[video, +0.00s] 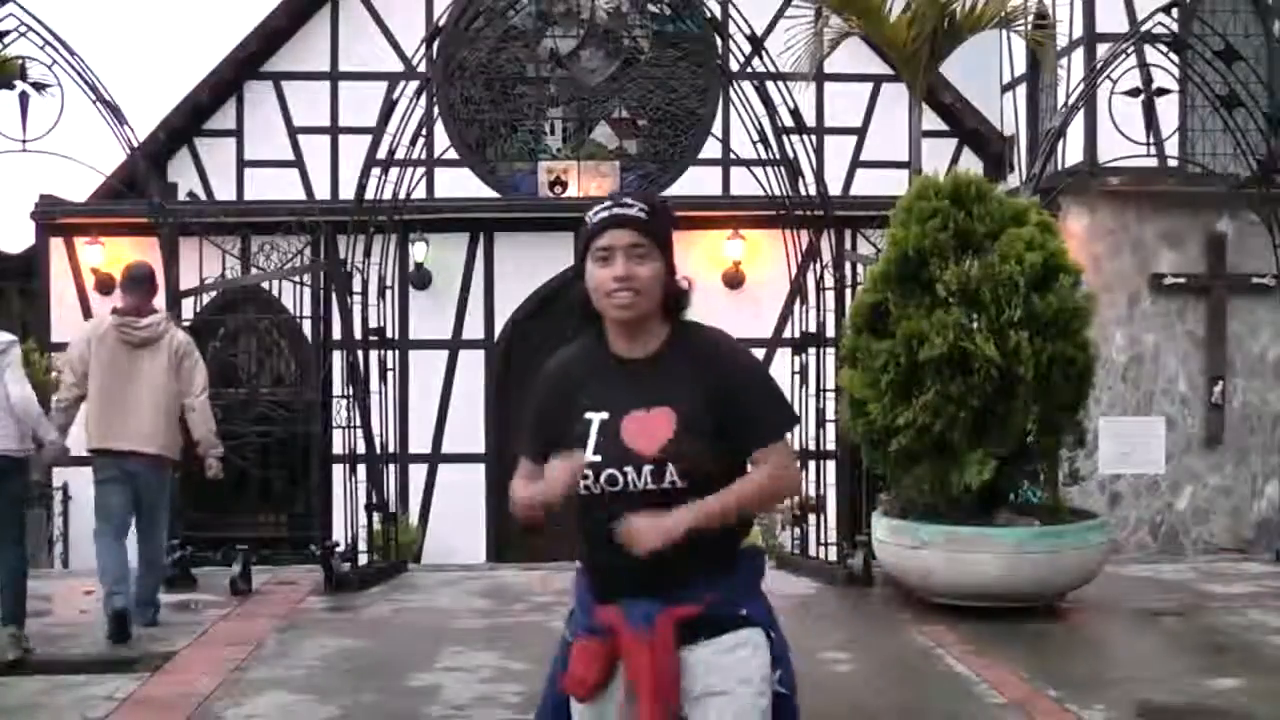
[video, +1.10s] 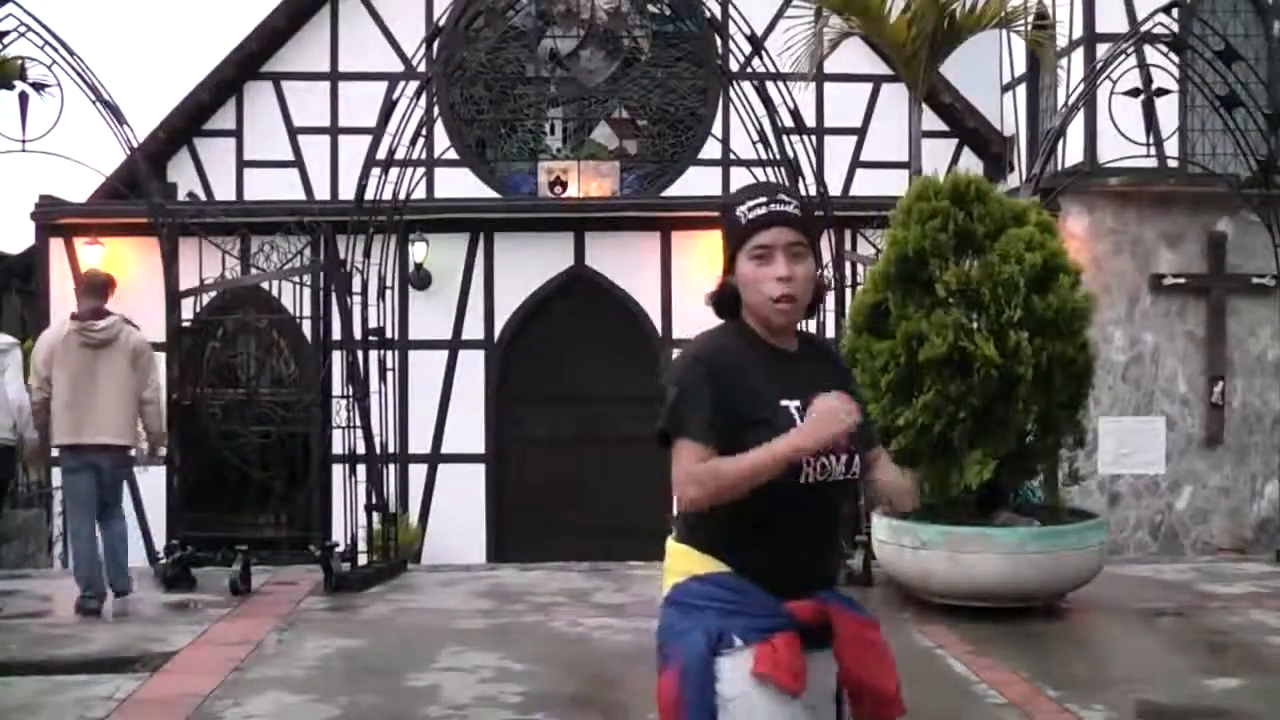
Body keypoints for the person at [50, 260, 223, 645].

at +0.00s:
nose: (129, 299)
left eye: (125, 292)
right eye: (144, 292)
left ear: (120, 290)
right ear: (155, 293)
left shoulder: (94, 334)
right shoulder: (177, 341)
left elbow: (68, 393)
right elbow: (196, 400)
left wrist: (53, 439)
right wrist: (211, 452)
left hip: (108, 448)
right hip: (156, 450)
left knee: (110, 530)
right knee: (153, 536)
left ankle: (117, 602)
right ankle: (145, 611)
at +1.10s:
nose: (88, 301)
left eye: (82, 293)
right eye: (103, 295)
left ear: (78, 294)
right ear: (110, 296)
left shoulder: (53, 339)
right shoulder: (133, 339)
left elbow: (39, 396)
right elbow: (149, 395)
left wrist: (43, 437)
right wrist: (156, 440)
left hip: (74, 441)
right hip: (116, 441)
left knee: (80, 520)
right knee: (112, 512)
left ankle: (90, 596)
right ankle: (120, 586)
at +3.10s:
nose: (112, 317)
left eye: (107, 311)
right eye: (117, 312)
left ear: (96, 312)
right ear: (123, 313)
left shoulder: (71, 344)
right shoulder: (140, 344)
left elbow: (56, 392)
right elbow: (154, 395)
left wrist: (68, 422)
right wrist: (161, 434)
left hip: (89, 432)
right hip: (129, 433)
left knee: (90, 500)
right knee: (139, 497)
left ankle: (84, 567)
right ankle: (148, 558)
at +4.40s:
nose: (139, 337)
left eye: (138, 332)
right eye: (145, 333)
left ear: (135, 332)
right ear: (160, 333)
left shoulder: (113, 362)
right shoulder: (170, 362)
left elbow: (99, 402)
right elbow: (186, 393)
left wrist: (102, 433)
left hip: (123, 441)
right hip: (158, 443)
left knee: (132, 508)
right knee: (167, 499)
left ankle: (135, 559)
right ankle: (151, 543)